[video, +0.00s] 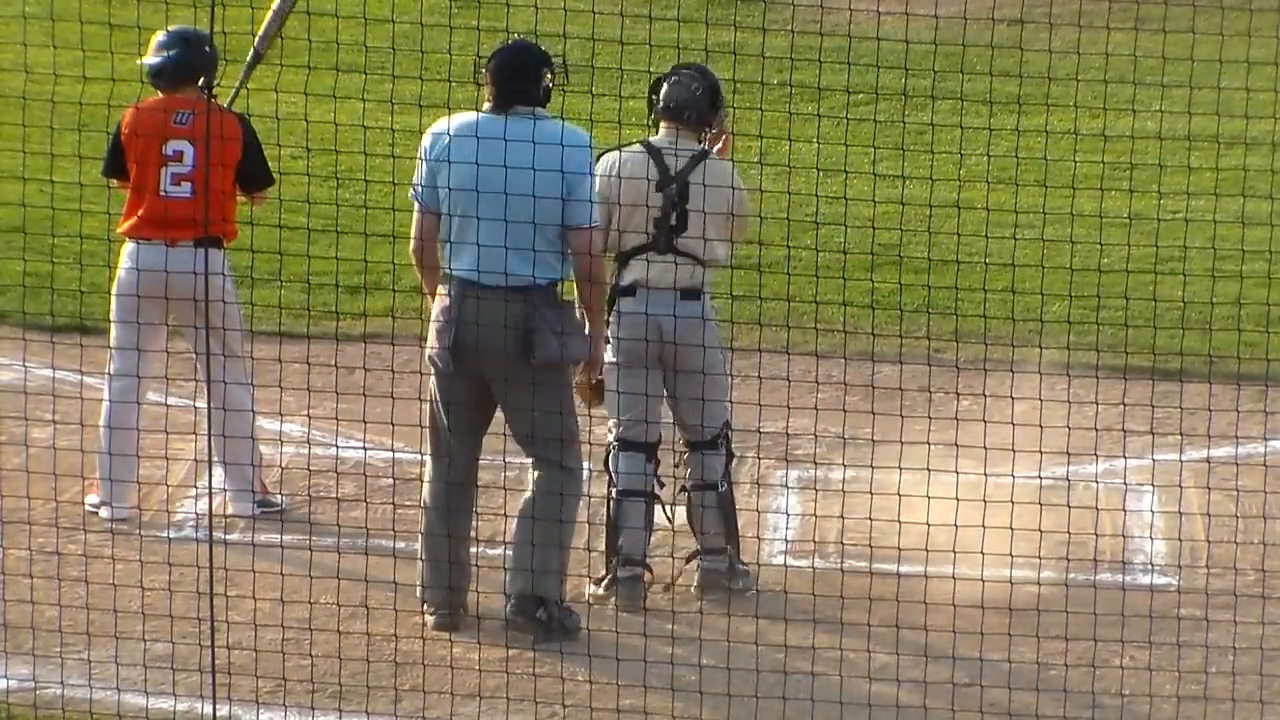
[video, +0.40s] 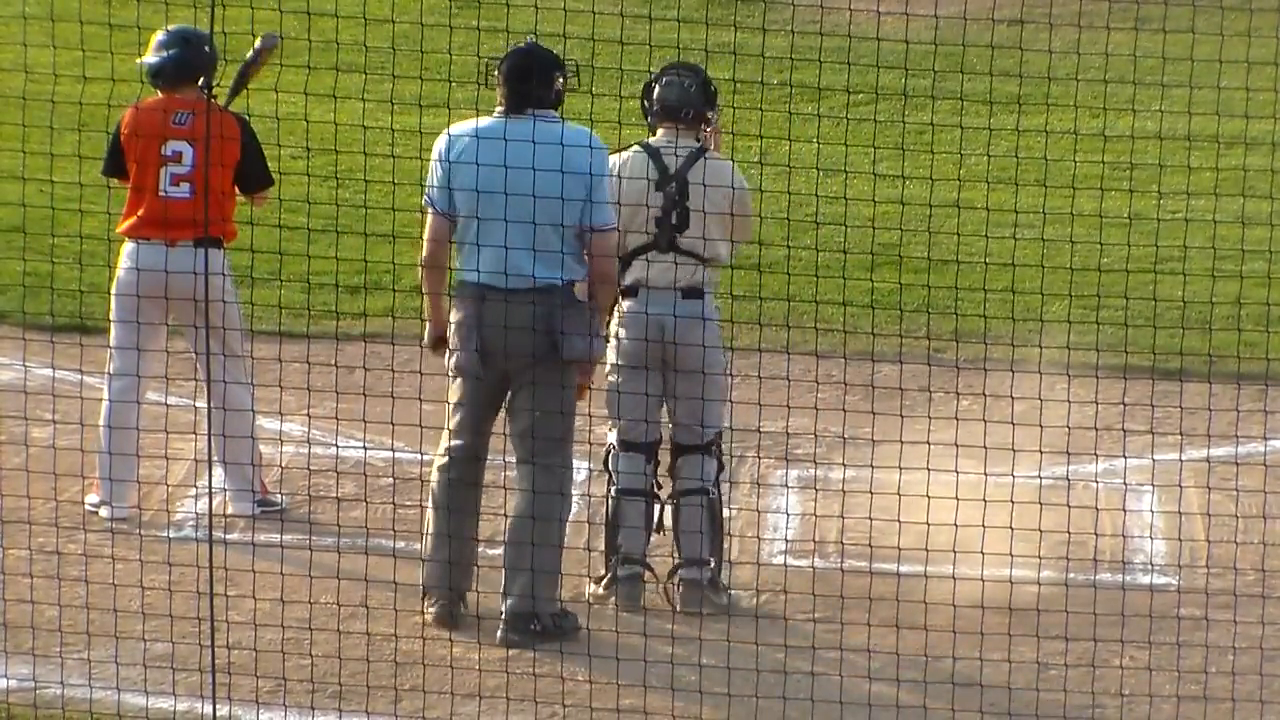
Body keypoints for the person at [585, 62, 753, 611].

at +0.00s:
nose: (718, 125)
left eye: (714, 118)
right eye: (717, 117)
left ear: (656, 112)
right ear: (710, 120)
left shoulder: (615, 165)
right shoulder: (722, 172)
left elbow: (593, 249)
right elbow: (737, 233)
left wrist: (591, 330)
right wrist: (716, 167)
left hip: (629, 315)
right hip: (692, 318)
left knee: (632, 441)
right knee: (708, 440)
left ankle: (627, 567)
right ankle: (716, 563)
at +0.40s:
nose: (709, 121)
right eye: (708, 114)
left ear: (650, 113)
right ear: (704, 117)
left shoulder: (619, 167)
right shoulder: (722, 171)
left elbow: (606, 246)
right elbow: (740, 234)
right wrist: (712, 161)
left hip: (634, 317)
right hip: (695, 319)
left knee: (633, 444)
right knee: (697, 445)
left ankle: (627, 569)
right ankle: (695, 574)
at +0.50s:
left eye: (657, 106)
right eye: (707, 110)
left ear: (655, 110)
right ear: (711, 114)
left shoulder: (626, 167)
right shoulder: (732, 176)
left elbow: (611, 249)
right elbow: (743, 254)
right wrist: (688, 237)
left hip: (639, 319)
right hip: (702, 322)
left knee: (630, 442)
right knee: (700, 446)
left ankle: (623, 571)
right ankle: (697, 576)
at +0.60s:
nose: (656, 118)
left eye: (658, 110)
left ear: (659, 113)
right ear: (714, 118)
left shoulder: (631, 171)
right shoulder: (737, 178)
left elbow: (613, 251)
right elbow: (751, 259)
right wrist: (700, 240)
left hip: (643, 318)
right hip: (707, 320)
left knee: (623, 436)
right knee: (704, 446)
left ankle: (610, 560)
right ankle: (698, 575)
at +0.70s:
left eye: (658, 113)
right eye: (712, 116)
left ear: (658, 116)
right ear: (713, 120)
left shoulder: (629, 172)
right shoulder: (737, 181)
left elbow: (610, 254)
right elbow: (750, 269)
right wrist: (711, 246)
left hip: (641, 316)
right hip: (707, 320)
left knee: (619, 432)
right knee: (703, 446)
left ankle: (602, 561)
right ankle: (696, 576)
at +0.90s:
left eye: (643, 122)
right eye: (693, 127)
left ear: (642, 125)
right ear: (699, 130)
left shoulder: (614, 174)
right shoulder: (719, 184)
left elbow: (590, 248)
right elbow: (744, 269)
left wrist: (604, 306)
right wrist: (706, 312)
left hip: (621, 313)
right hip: (687, 320)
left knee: (613, 440)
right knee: (699, 446)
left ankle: (602, 567)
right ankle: (696, 574)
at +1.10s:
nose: (684, 180)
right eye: (685, 173)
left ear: (631, 176)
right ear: (684, 178)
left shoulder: (605, 221)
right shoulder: (707, 232)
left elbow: (587, 299)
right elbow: (715, 318)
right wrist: (690, 376)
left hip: (612, 353)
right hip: (675, 357)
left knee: (602, 455)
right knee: (711, 452)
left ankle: (603, 572)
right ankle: (670, 567)